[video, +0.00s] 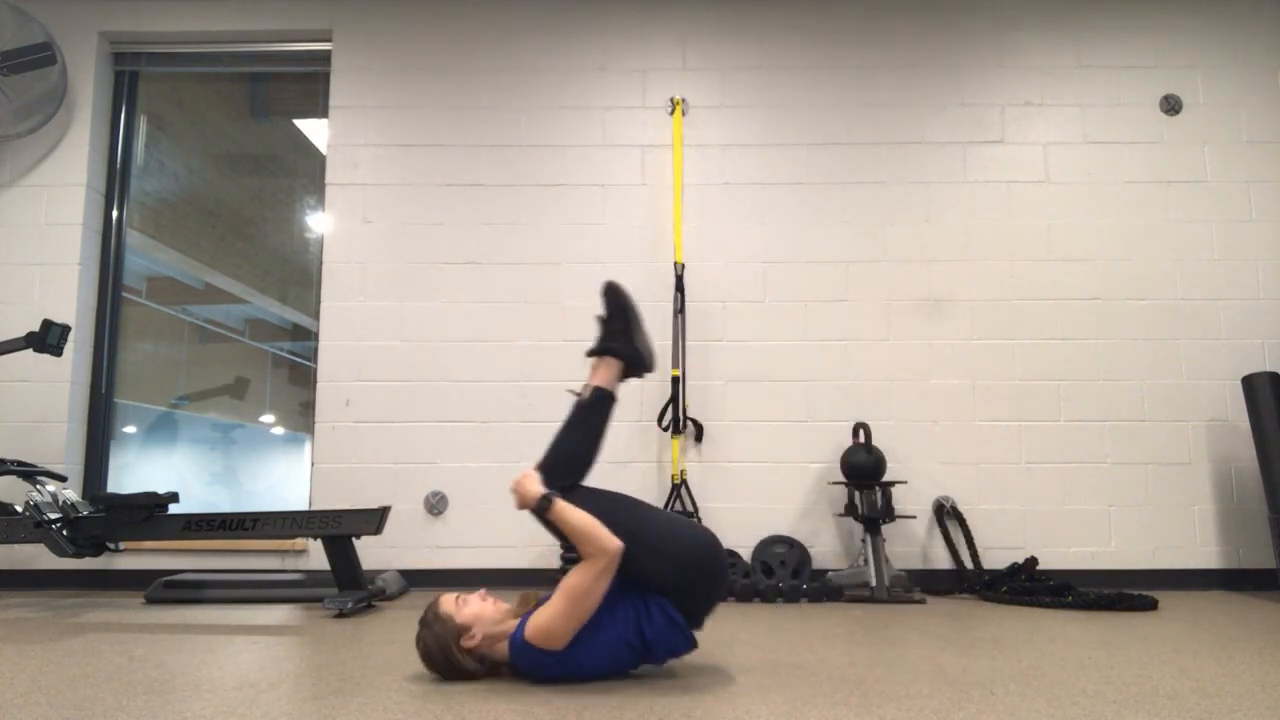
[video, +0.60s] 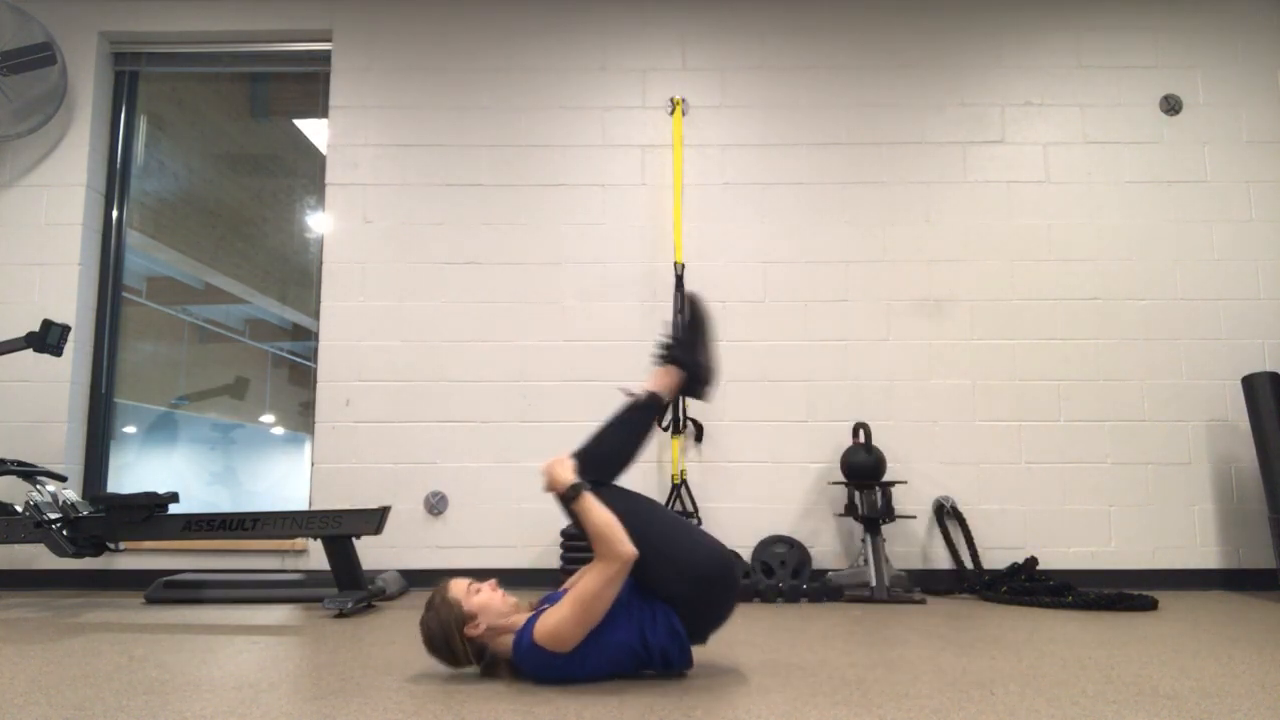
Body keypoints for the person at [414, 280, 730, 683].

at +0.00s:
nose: (479, 593)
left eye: (466, 594)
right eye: (465, 602)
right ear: (470, 639)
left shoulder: (530, 637)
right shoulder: (536, 641)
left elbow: (597, 557)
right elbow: (607, 552)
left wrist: (546, 501)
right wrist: (542, 501)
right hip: (693, 571)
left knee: (550, 493)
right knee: (554, 495)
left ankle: (610, 363)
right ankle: (613, 360)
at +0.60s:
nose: (492, 582)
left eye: (478, 582)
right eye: (476, 591)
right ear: (475, 628)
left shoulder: (536, 627)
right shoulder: (540, 642)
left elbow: (609, 562)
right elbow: (620, 557)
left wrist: (571, 489)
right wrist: (571, 489)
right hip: (702, 591)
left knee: (580, 490)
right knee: (585, 489)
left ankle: (671, 378)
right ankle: (674, 376)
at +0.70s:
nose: (505, 569)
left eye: (491, 566)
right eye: (488, 575)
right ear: (482, 612)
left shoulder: (542, 619)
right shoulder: (545, 635)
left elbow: (617, 567)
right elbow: (635, 562)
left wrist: (605, 483)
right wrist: (603, 484)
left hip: (698, 607)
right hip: (712, 611)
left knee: (612, 482)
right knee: (617, 488)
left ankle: (720, 395)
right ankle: (731, 390)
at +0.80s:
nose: (528, 550)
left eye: (518, 543)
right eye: (513, 551)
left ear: (507, 583)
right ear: (500, 586)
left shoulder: (555, 602)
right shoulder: (556, 620)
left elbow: (643, 564)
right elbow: (657, 563)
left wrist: (647, 481)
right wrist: (647, 483)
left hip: (709, 624)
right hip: (719, 631)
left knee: (654, 476)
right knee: (656, 477)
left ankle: (779, 425)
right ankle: (789, 424)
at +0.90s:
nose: (560, 525)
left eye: (551, 517)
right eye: (545, 523)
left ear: (530, 554)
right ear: (524, 554)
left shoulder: (567, 586)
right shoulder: (572, 598)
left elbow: (661, 549)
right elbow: (678, 552)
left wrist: (686, 475)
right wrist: (692, 470)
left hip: (723, 634)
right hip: (731, 645)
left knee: (706, 472)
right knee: (710, 477)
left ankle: (835, 464)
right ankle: (849, 469)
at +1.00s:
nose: (592, 501)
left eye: (586, 492)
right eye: (581, 496)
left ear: (559, 519)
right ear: (555, 521)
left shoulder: (586, 560)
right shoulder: (589, 574)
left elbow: (682, 538)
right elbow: (691, 539)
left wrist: (717, 461)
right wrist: (722, 458)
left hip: (732, 631)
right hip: (741, 650)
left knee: (748, 467)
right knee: (749, 482)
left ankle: (893, 491)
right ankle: (882, 531)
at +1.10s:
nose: (619, 485)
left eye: (615, 476)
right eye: (608, 479)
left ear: (585, 496)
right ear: (579, 496)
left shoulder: (609, 534)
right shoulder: (603, 555)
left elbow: (700, 510)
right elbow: (710, 521)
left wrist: (742, 440)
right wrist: (749, 439)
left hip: (744, 630)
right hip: (746, 651)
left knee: (794, 476)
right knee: (787, 485)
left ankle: (934, 502)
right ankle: (897, 569)